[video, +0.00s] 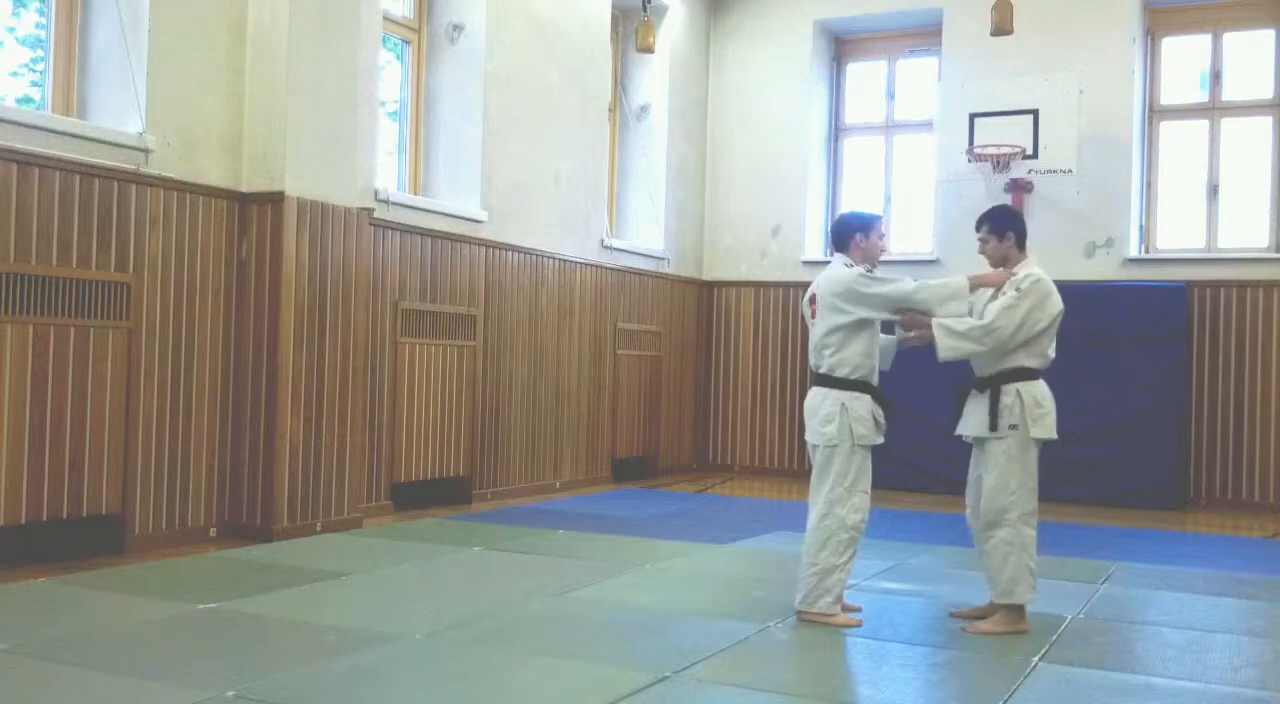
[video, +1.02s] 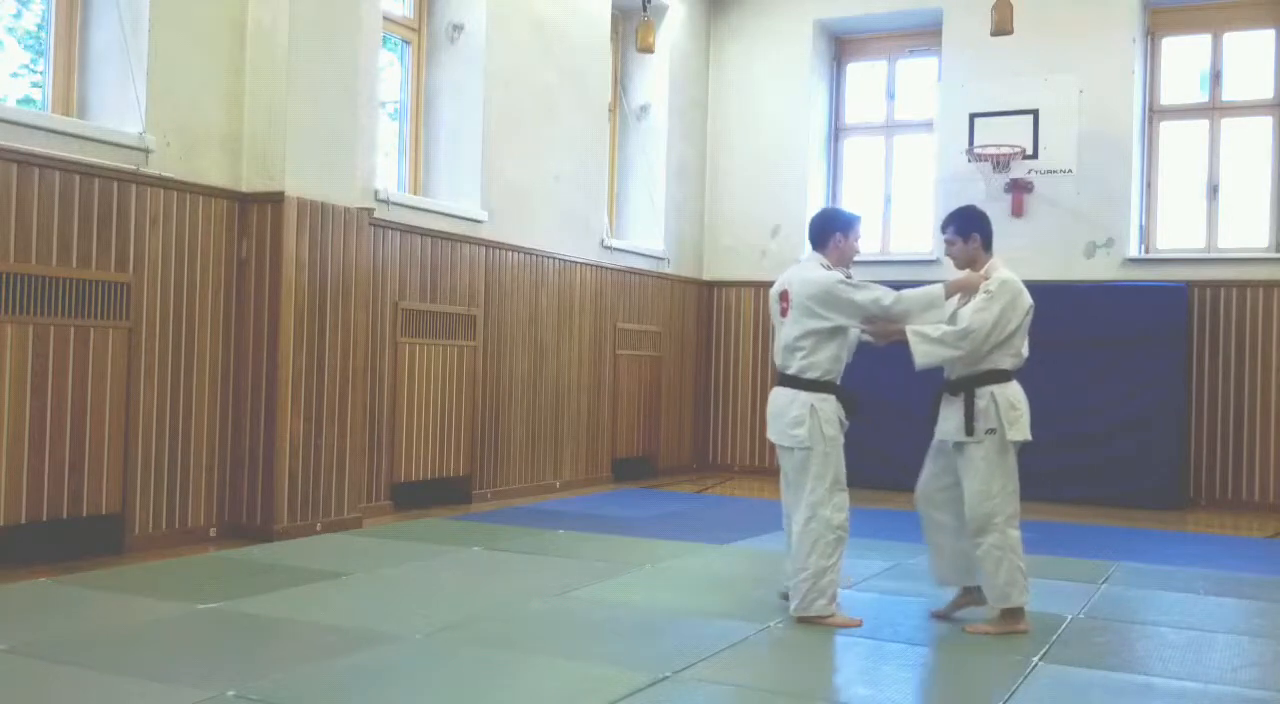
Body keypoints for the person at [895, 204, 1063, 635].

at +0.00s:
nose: (981, 250)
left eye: (986, 242)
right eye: (979, 243)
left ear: (1011, 239)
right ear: (1004, 242)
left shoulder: (1034, 284)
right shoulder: (1005, 285)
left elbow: (993, 332)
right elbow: (981, 326)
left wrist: (932, 330)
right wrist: (931, 324)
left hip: (1016, 405)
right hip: (992, 404)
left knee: (1006, 507)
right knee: (983, 506)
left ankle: (1013, 610)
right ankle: (1000, 600)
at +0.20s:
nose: (979, 252)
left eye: (984, 243)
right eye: (976, 244)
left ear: (1008, 240)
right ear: (998, 243)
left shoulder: (1030, 283)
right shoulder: (994, 285)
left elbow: (991, 325)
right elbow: (966, 322)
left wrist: (932, 320)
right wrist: (918, 324)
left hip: (1012, 405)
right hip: (989, 404)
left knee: (1002, 507)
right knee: (981, 506)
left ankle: (1012, 610)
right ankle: (1000, 600)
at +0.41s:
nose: (973, 252)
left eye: (976, 243)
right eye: (970, 244)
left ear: (1000, 239)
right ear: (998, 241)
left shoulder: (1025, 284)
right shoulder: (999, 285)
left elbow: (982, 334)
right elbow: (972, 329)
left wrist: (919, 335)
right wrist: (911, 328)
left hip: (1009, 405)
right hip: (987, 405)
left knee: (1001, 507)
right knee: (982, 506)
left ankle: (1012, 610)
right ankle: (1000, 600)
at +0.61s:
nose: (967, 252)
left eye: (971, 243)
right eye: (965, 244)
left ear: (996, 239)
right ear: (993, 242)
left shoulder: (1021, 284)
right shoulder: (996, 285)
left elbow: (980, 336)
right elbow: (969, 330)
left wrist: (918, 335)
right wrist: (911, 327)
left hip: (1005, 405)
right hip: (983, 405)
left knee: (999, 508)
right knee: (980, 507)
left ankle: (1012, 610)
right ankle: (999, 600)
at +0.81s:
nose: (961, 252)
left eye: (965, 243)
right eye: (959, 244)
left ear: (989, 239)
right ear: (985, 242)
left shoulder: (1016, 285)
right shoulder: (989, 285)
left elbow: (976, 335)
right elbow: (964, 328)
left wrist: (913, 335)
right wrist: (907, 328)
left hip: (1000, 407)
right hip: (976, 406)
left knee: (996, 510)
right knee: (973, 510)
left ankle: (1012, 611)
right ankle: (997, 600)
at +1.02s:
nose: (947, 254)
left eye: (951, 244)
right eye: (946, 246)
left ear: (976, 240)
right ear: (972, 243)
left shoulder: (1005, 285)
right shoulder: (970, 287)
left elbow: (968, 335)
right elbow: (949, 328)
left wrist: (903, 334)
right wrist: (896, 328)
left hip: (990, 406)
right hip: (957, 406)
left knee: (991, 510)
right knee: (933, 495)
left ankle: (1012, 611)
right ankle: (969, 588)